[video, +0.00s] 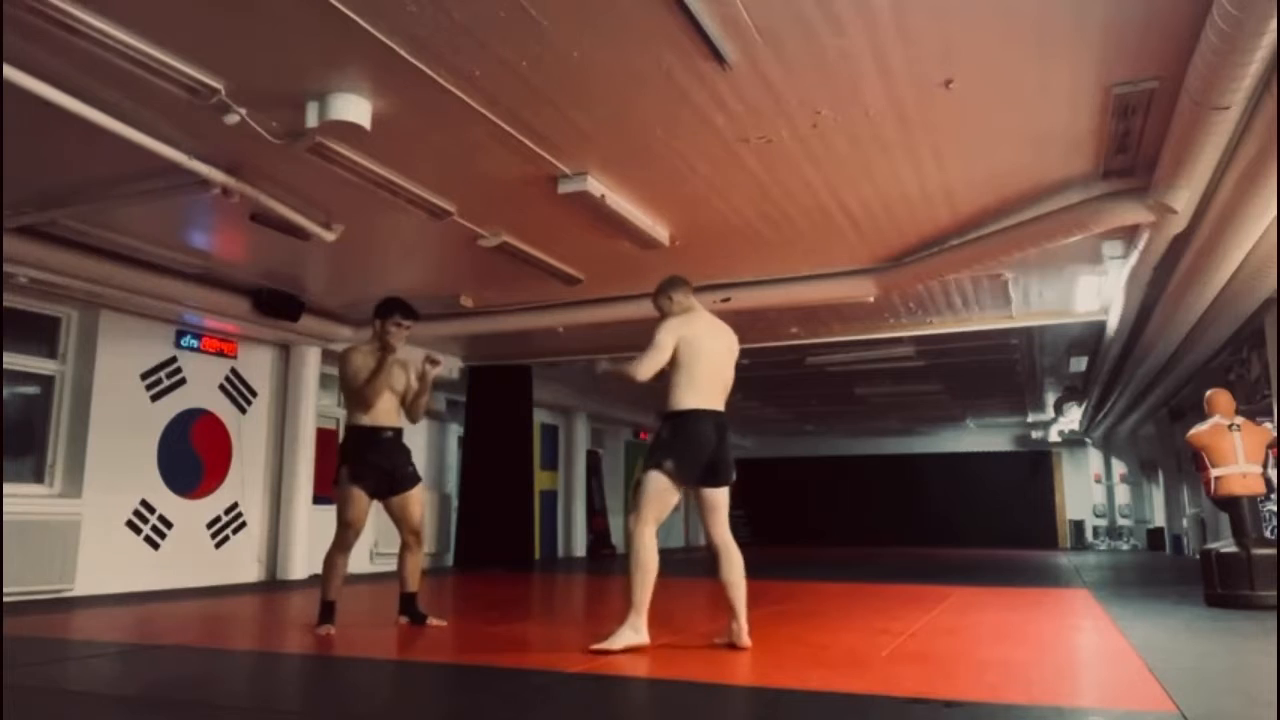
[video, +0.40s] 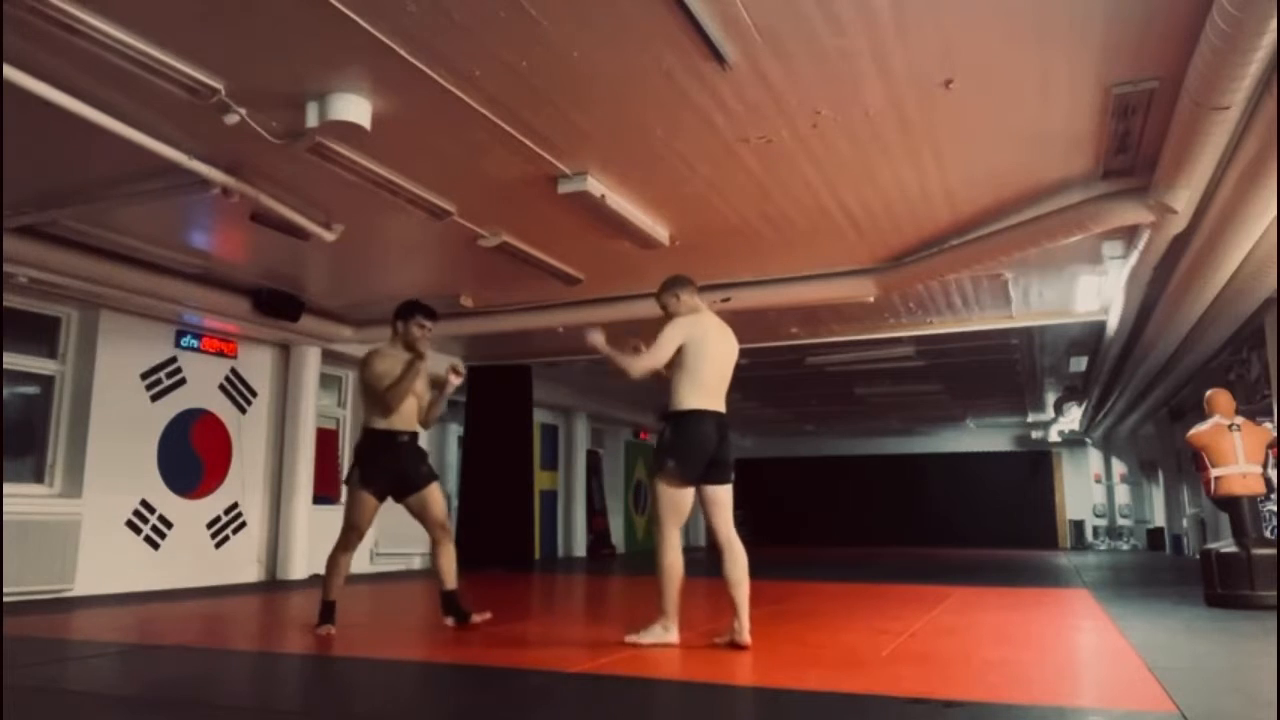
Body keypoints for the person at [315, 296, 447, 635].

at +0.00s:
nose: (401, 333)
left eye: (406, 328)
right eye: (396, 325)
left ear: (409, 332)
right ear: (378, 323)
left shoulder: (405, 365)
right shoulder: (354, 355)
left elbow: (414, 414)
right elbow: (362, 400)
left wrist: (426, 381)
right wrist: (384, 360)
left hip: (394, 446)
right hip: (360, 444)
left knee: (414, 531)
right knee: (348, 531)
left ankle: (410, 607)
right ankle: (327, 614)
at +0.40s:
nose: (425, 335)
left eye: (429, 331)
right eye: (420, 327)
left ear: (429, 334)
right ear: (399, 325)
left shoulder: (420, 368)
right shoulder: (376, 358)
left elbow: (425, 419)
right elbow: (387, 402)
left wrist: (445, 390)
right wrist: (416, 362)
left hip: (409, 453)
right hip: (375, 451)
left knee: (442, 528)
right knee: (351, 536)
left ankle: (452, 605)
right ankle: (326, 614)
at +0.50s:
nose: (443, 336)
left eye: (446, 332)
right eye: (437, 329)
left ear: (445, 335)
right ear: (416, 328)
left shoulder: (439, 368)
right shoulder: (397, 360)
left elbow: (438, 423)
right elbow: (408, 404)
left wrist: (461, 396)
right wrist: (438, 366)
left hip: (426, 455)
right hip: (393, 452)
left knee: (454, 530)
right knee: (365, 536)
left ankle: (457, 609)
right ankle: (329, 610)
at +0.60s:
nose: (459, 337)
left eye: (462, 332)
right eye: (453, 329)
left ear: (462, 335)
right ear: (433, 329)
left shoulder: (453, 367)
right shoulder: (416, 361)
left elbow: (455, 420)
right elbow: (427, 404)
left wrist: (478, 398)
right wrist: (458, 368)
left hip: (447, 453)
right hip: (413, 450)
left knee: (466, 531)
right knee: (386, 529)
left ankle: (459, 609)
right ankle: (338, 591)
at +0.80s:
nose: (476, 333)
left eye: (479, 328)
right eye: (472, 326)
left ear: (475, 331)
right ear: (452, 325)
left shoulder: (466, 364)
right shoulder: (441, 355)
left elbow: (471, 414)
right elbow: (447, 401)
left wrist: (494, 386)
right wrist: (481, 371)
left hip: (465, 440)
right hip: (442, 434)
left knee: (475, 530)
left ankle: (461, 608)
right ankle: (402, 539)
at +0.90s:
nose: (481, 333)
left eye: (483, 328)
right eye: (476, 326)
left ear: (478, 330)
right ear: (457, 324)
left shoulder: (467, 362)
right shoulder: (446, 356)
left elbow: (475, 411)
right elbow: (445, 401)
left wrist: (497, 384)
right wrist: (483, 375)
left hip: (467, 439)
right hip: (453, 433)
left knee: (479, 529)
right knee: (512, 449)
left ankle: (462, 605)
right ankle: (460, 503)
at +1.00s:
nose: (484, 334)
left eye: (486, 328)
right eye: (479, 326)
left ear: (479, 330)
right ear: (460, 325)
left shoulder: (468, 364)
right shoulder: (450, 358)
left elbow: (475, 413)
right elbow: (445, 398)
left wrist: (496, 389)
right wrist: (486, 379)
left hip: (474, 447)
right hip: (466, 434)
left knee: (485, 532)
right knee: (537, 429)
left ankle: (462, 607)